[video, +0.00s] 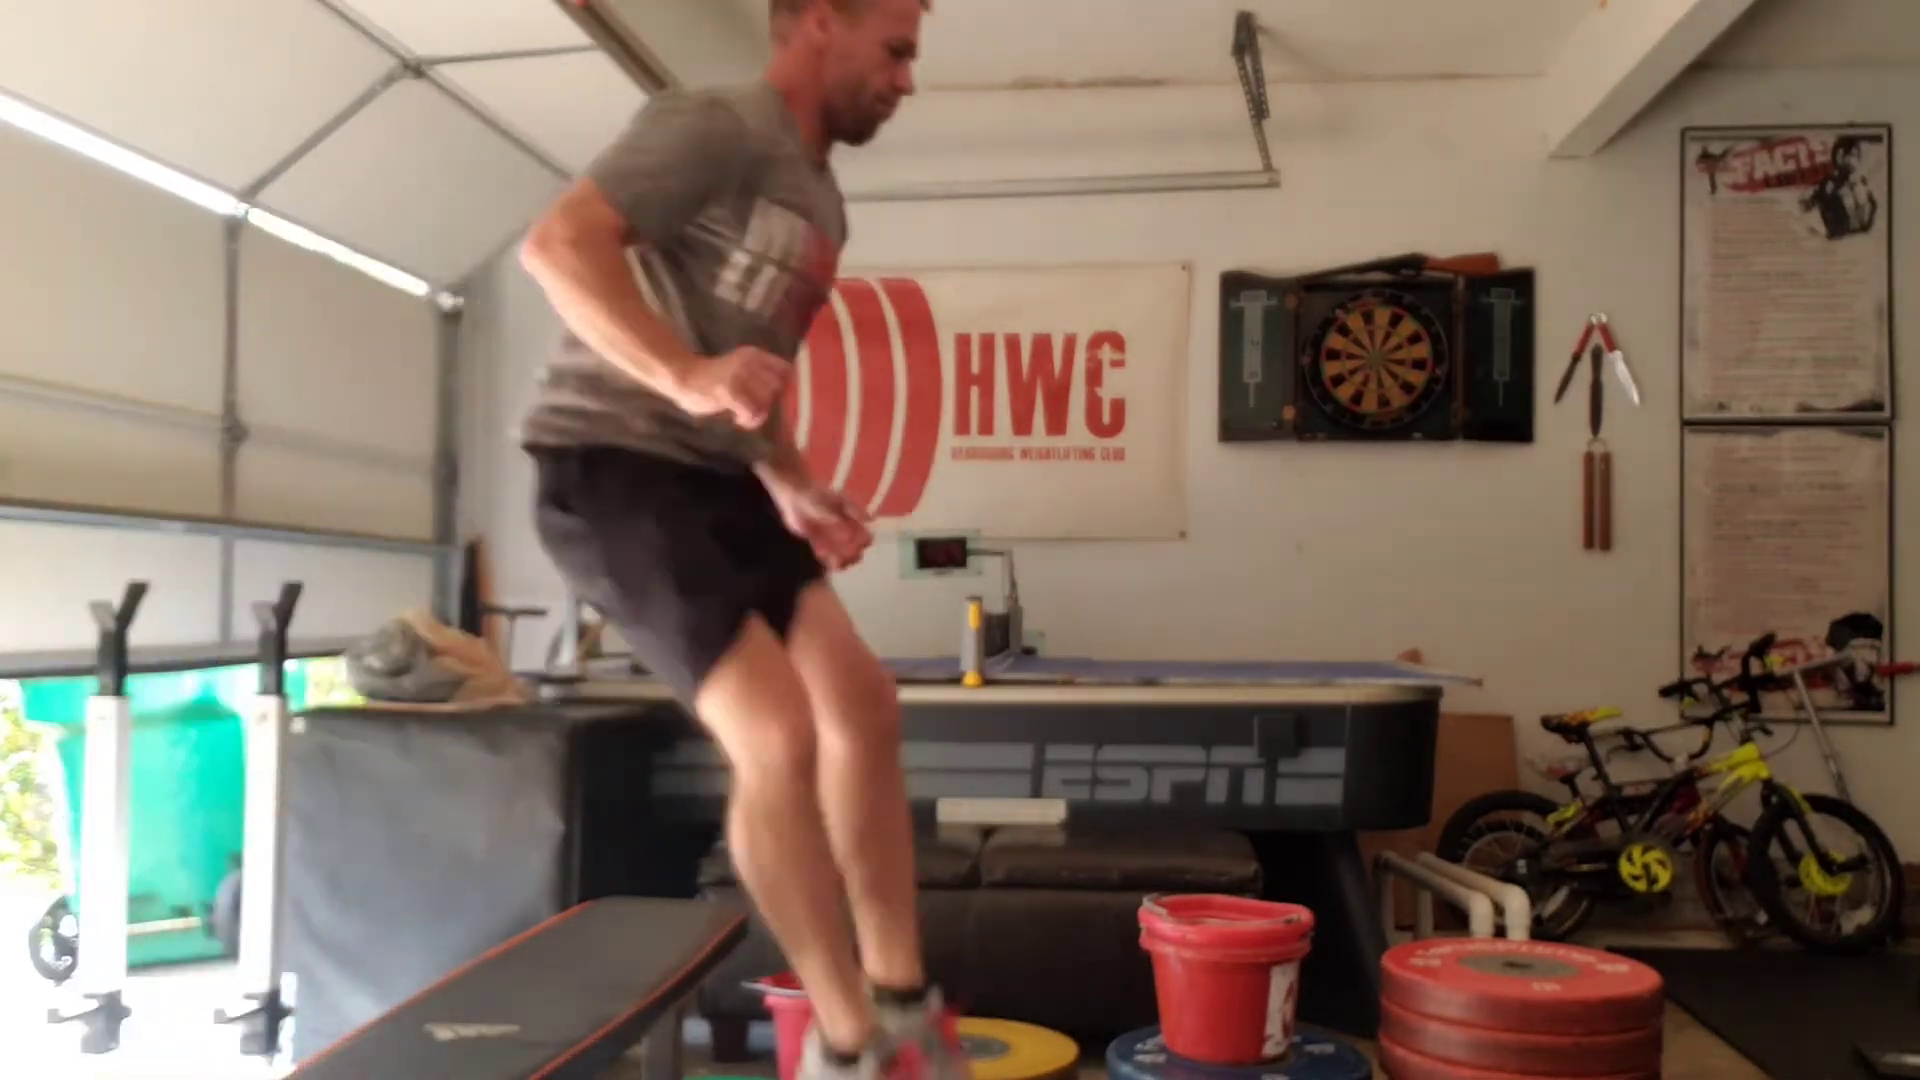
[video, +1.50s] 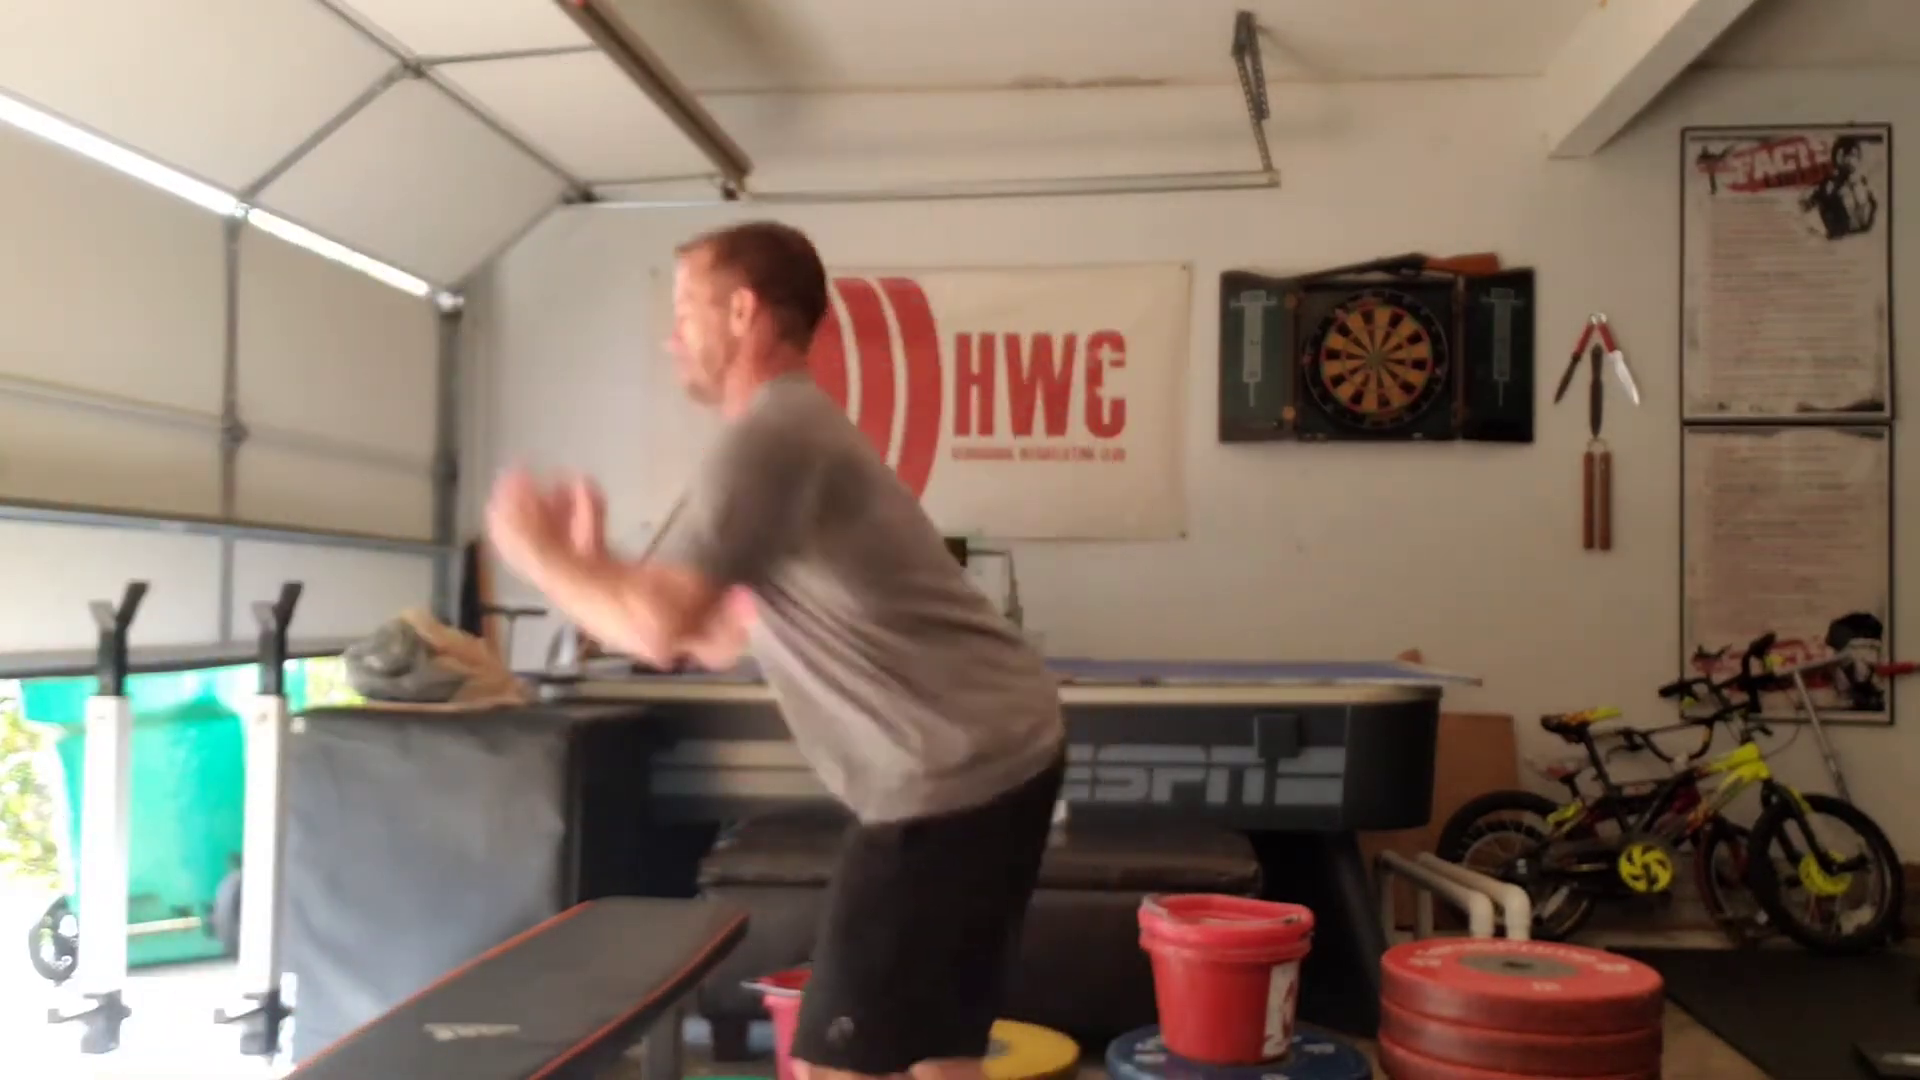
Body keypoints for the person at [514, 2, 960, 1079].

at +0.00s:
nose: (908, 82)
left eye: (912, 57)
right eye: (897, 49)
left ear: (823, 38)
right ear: (813, 27)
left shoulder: (818, 202)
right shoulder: (718, 125)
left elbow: (740, 366)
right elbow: (561, 243)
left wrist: (788, 479)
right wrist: (681, 373)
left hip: (719, 478)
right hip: (614, 467)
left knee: (860, 703)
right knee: (774, 729)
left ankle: (901, 1005)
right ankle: (850, 1042)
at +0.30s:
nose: (966, 229)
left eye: (973, 210)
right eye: (939, 211)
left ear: (981, 223)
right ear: (866, 227)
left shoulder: (1004, 398)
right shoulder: (810, 379)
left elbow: (1055, 562)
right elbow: (747, 560)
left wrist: (1116, 603)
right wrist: (909, 639)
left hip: (1004, 753)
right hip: (875, 754)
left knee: (1063, 1012)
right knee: (945, 1040)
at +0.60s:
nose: (924, 196)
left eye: (947, 172)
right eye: (916, 177)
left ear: (1026, 172)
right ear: (909, 190)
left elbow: (1226, 507)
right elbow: (865, 534)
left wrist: (1130, 571)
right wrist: (866, 581)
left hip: (1085, 751)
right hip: (941, 749)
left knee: (1132, 1040)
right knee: (921, 1020)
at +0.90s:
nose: (920, 219)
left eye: (930, 190)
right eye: (918, 196)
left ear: (1002, 175)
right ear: (1003, 181)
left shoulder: (1064, 321)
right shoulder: (1014, 327)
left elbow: (1068, 524)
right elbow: (1037, 545)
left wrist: (880, 591)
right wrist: (922, 629)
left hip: (1104, 737)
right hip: (1032, 727)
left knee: (1149, 1037)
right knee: (973, 962)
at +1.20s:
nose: (764, 259)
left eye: (776, 229)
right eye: (764, 234)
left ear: (840, 223)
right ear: (844, 226)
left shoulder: (891, 327)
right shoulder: (904, 326)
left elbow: (1019, 415)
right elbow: (1034, 440)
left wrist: (984, 620)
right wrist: (974, 638)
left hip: (1048, 707)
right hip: (1069, 699)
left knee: (931, 984)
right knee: (1008, 994)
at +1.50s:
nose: (671, 334)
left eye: (686, 309)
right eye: (674, 311)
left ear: (745, 316)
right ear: (749, 321)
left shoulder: (773, 430)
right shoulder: (793, 427)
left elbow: (656, 622)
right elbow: (710, 638)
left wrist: (536, 552)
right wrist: (598, 564)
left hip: (946, 769)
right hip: (987, 750)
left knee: (840, 1056)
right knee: (942, 1049)